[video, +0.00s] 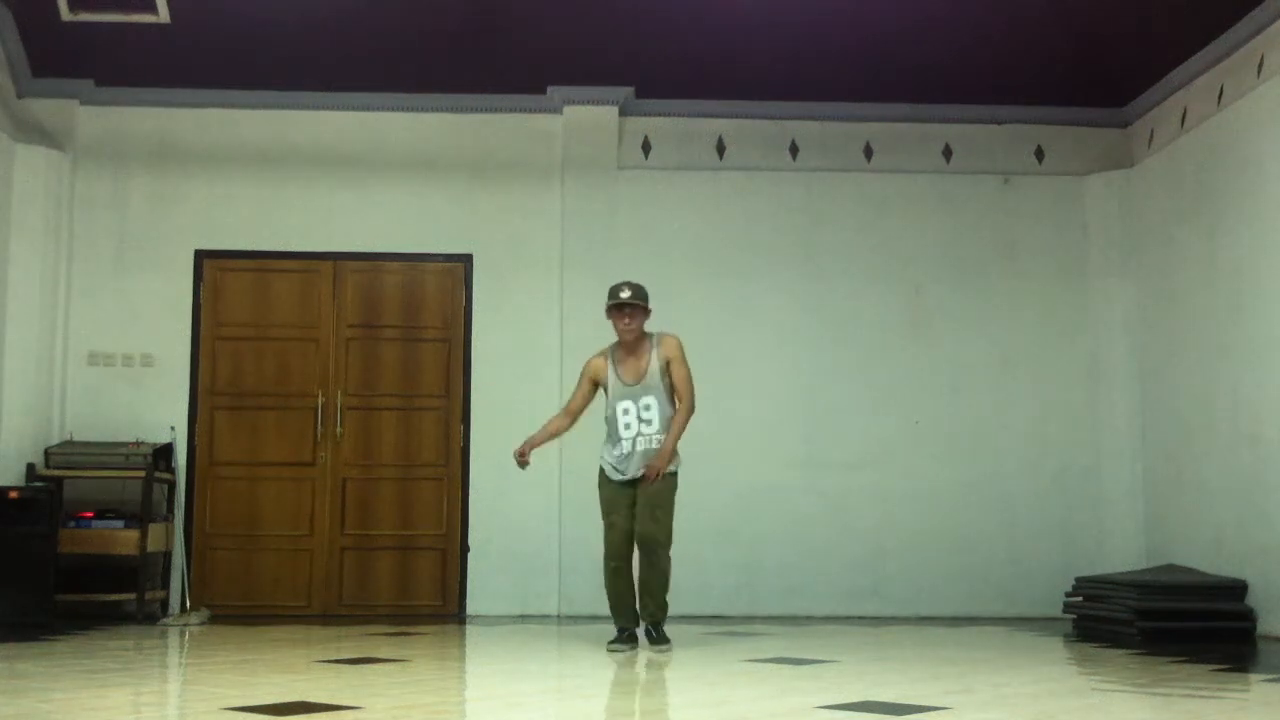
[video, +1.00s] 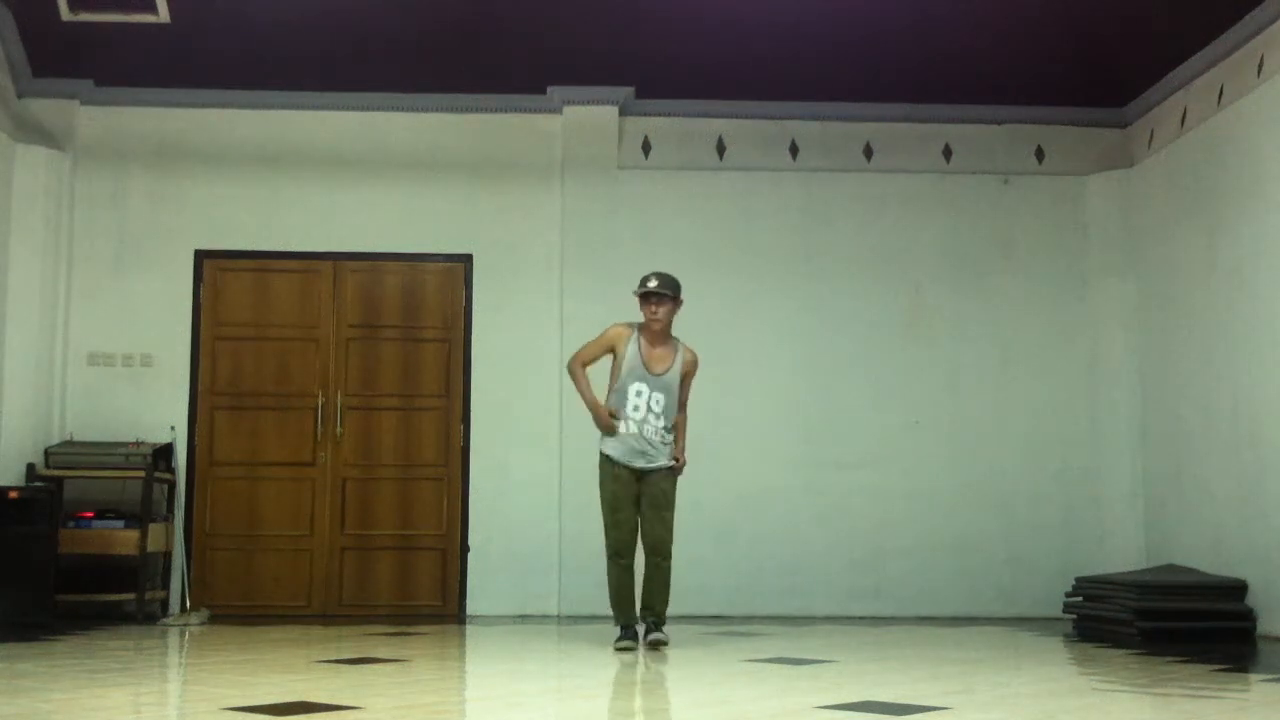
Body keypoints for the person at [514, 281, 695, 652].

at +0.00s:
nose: (626, 317)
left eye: (633, 310)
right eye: (619, 311)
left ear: (646, 314)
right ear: (610, 316)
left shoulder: (666, 348)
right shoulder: (599, 365)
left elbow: (686, 404)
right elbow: (568, 414)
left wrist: (665, 452)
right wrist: (531, 442)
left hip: (658, 467)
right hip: (615, 470)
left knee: (653, 544)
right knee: (617, 548)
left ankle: (654, 622)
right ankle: (626, 627)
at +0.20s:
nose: (628, 315)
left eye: (635, 309)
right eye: (621, 309)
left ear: (646, 312)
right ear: (611, 312)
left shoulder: (666, 345)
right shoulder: (596, 361)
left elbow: (685, 397)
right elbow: (591, 419)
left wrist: (667, 442)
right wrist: (572, 463)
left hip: (653, 463)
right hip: (610, 466)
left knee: (648, 541)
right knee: (614, 548)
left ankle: (647, 622)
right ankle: (624, 629)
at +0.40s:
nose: (639, 308)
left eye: (647, 303)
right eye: (633, 301)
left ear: (657, 307)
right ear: (622, 305)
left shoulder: (670, 344)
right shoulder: (601, 346)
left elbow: (675, 394)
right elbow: (603, 407)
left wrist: (670, 434)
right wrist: (626, 453)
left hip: (654, 458)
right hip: (611, 457)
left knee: (652, 540)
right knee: (614, 544)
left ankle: (649, 621)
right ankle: (622, 626)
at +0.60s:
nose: (648, 311)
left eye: (655, 305)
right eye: (642, 304)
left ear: (667, 310)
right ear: (631, 307)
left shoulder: (676, 354)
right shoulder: (612, 341)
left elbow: (677, 406)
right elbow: (597, 396)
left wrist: (674, 448)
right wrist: (644, 427)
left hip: (659, 466)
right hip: (617, 464)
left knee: (656, 545)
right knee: (619, 545)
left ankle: (649, 624)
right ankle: (622, 624)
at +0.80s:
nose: (649, 312)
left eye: (657, 306)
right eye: (643, 305)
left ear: (670, 311)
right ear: (634, 308)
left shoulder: (679, 357)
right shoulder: (615, 341)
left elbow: (678, 409)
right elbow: (583, 387)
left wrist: (680, 450)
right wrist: (626, 421)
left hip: (660, 466)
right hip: (618, 464)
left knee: (658, 548)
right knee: (622, 546)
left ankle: (651, 626)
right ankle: (627, 626)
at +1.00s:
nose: (653, 306)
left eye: (661, 300)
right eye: (647, 299)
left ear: (676, 306)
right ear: (639, 304)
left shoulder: (686, 358)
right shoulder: (621, 335)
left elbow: (681, 409)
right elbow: (576, 363)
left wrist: (679, 447)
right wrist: (594, 407)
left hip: (661, 464)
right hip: (617, 459)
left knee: (659, 548)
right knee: (620, 547)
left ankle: (654, 623)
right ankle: (626, 626)